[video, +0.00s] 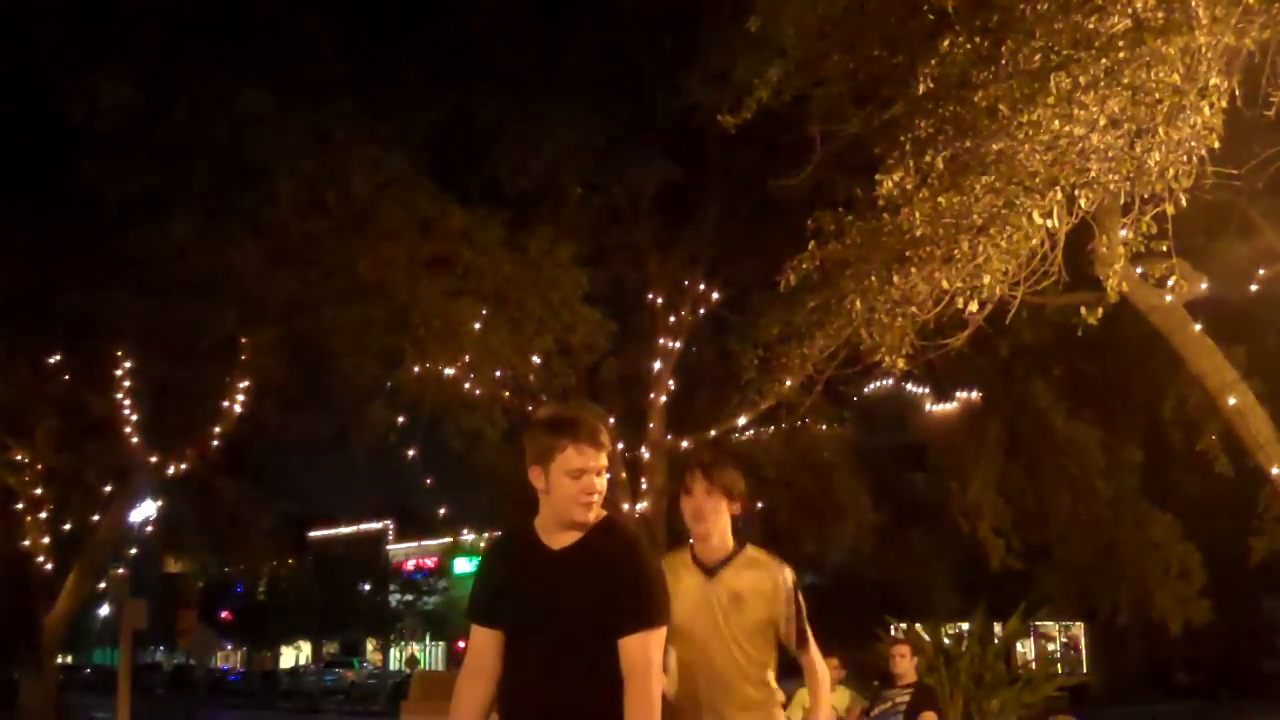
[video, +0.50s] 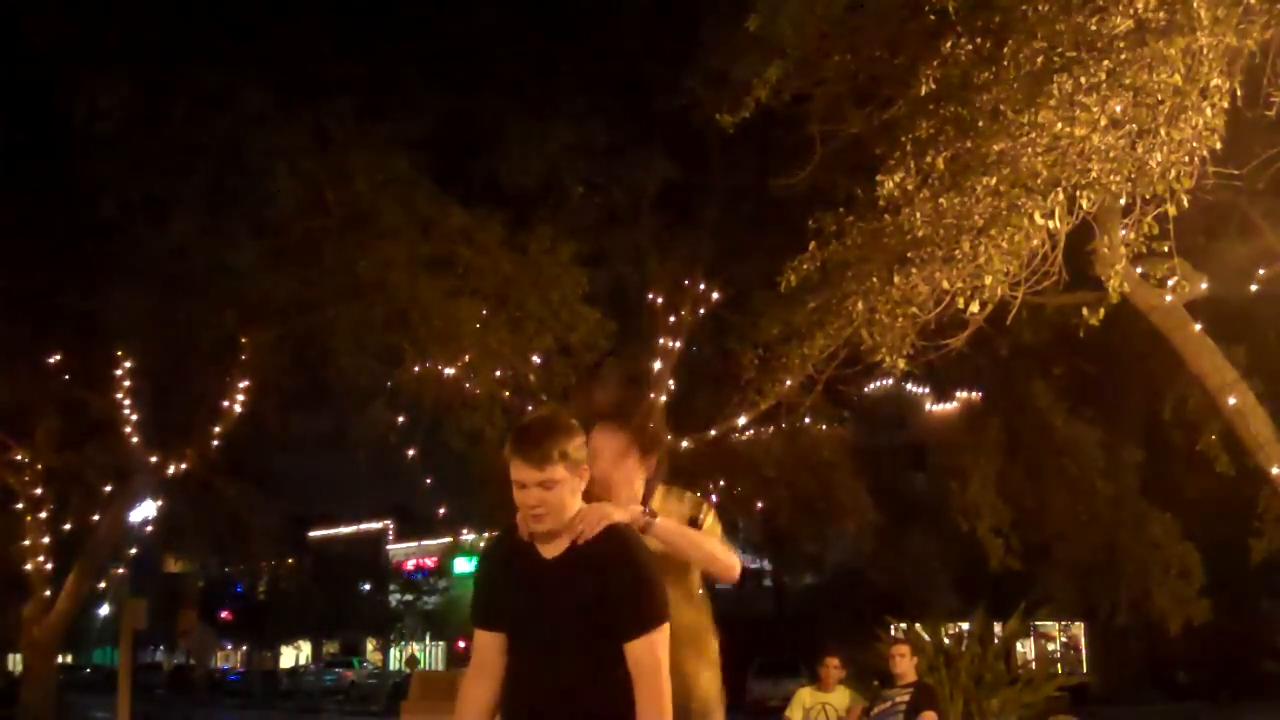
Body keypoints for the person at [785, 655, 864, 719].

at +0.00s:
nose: (833, 672)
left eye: (836, 668)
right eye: (830, 668)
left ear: (842, 673)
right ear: (821, 670)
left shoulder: (845, 694)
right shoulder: (804, 693)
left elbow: (863, 705)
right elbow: (792, 716)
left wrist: (851, 715)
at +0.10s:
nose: (830, 672)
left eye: (836, 668)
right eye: (826, 667)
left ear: (843, 674)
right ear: (819, 670)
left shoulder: (850, 697)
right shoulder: (803, 694)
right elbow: (792, 717)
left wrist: (855, 712)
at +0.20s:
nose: (830, 672)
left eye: (836, 668)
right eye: (827, 667)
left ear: (842, 674)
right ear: (819, 670)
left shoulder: (849, 696)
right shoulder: (803, 694)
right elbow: (791, 717)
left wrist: (854, 714)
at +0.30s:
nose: (830, 671)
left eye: (836, 668)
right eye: (827, 667)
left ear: (843, 673)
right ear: (819, 670)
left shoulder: (849, 696)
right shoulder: (803, 694)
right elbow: (790, 716)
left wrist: (854, 714)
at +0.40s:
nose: (830, 672)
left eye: (836, 668)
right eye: (826, 667)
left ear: (842, 673)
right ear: (819, 670)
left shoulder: (849, 695)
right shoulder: (803, 694)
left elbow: (862, 705)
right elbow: (790, 717)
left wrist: (853, 714)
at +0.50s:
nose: (830, 672)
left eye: (835, 668)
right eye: (826, 667)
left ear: (842, 673)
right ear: (819, 670)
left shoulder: (848, 695)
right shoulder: (803, 694)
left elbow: (863, 705)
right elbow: (790, 717)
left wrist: (855, 713)